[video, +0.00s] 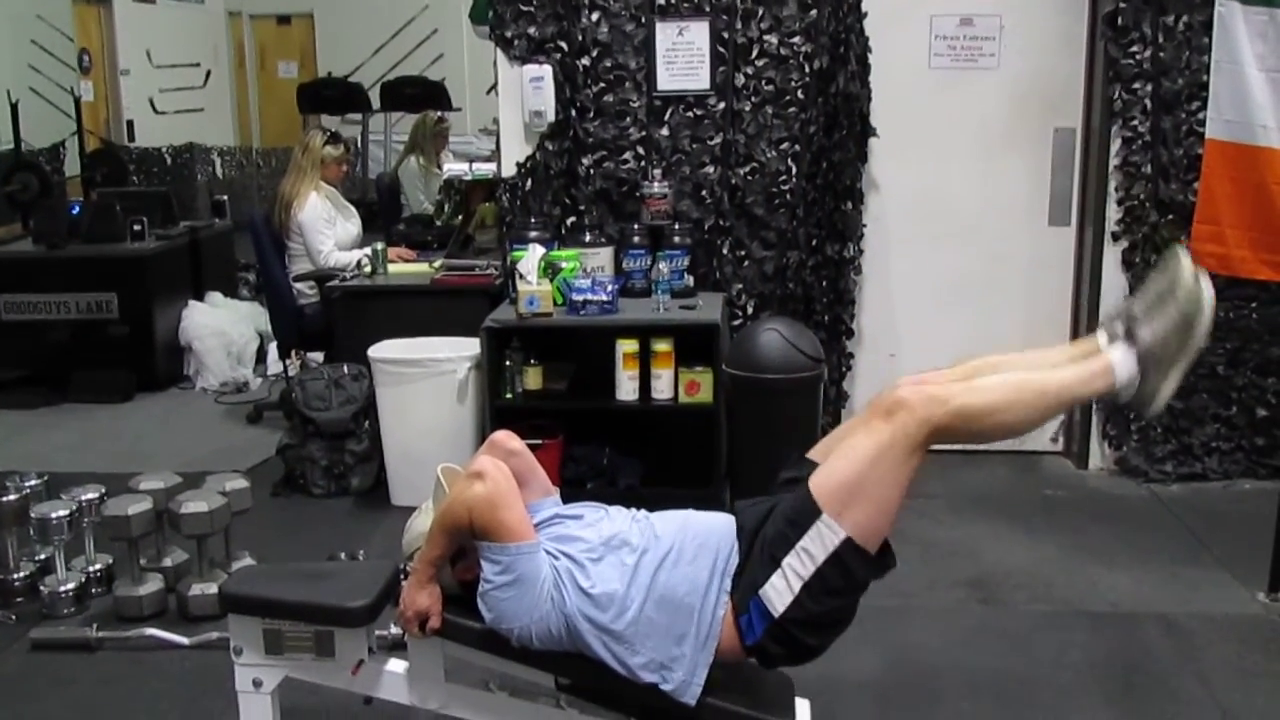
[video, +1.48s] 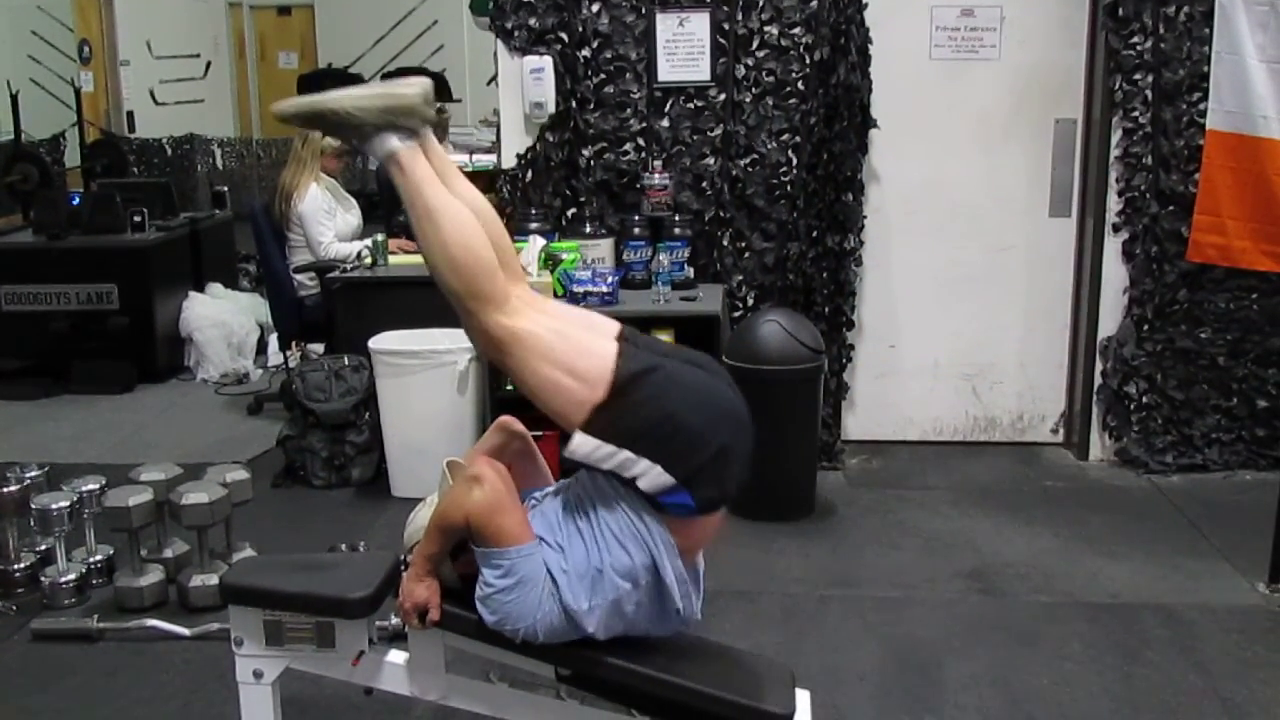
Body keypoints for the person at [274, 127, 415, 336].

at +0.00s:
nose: (345, 169)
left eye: (346, 163)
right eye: (339, 164)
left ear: (324, 165)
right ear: (320, 164)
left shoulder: (324, 196)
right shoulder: (311, 201)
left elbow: (335, 253)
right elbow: (325, 259)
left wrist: (380, 252)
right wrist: (380, 254)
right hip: (317, 302)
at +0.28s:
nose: (344, 164)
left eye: (345, 158)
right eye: (339, 158)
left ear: (324, 159)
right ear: (319, 158)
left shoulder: (322, 190)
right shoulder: (310, 195)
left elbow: (334, 247)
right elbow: (325, 254)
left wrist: (379, 247)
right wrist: (378, 248)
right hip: (317, 295)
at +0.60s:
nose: (344, 160)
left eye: (345, 154)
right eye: (338, 155)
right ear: (318, 155)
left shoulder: (322, 187)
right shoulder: (310, 192)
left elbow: (334, 244)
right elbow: (324, 251)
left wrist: (380, 243)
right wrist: (380, 246)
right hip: (318, 291)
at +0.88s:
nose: (344, 160)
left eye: (345, 153)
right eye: (338, 154)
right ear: (318, 154)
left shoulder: (323, 186)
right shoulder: (310, 192)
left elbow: (334, 243)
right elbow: (324, 251)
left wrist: (380, 243)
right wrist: (379, 245)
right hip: (318, 290)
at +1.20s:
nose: (345, 160)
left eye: (345, 153)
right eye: (339, 154)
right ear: (319, 155)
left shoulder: (323, 187)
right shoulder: (311, 192)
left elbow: (334, 244)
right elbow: (325, 251)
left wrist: (380, 243)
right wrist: (380, 245)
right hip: (318, 291)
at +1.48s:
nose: (345, 162)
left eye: (345, 156)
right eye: (338, 156)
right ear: (318, 156)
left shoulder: (324, 186)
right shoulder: (311, 193)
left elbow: (335, 243)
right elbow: (326, 251)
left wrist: (379, 243)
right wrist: (379, 245)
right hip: (318, 293)